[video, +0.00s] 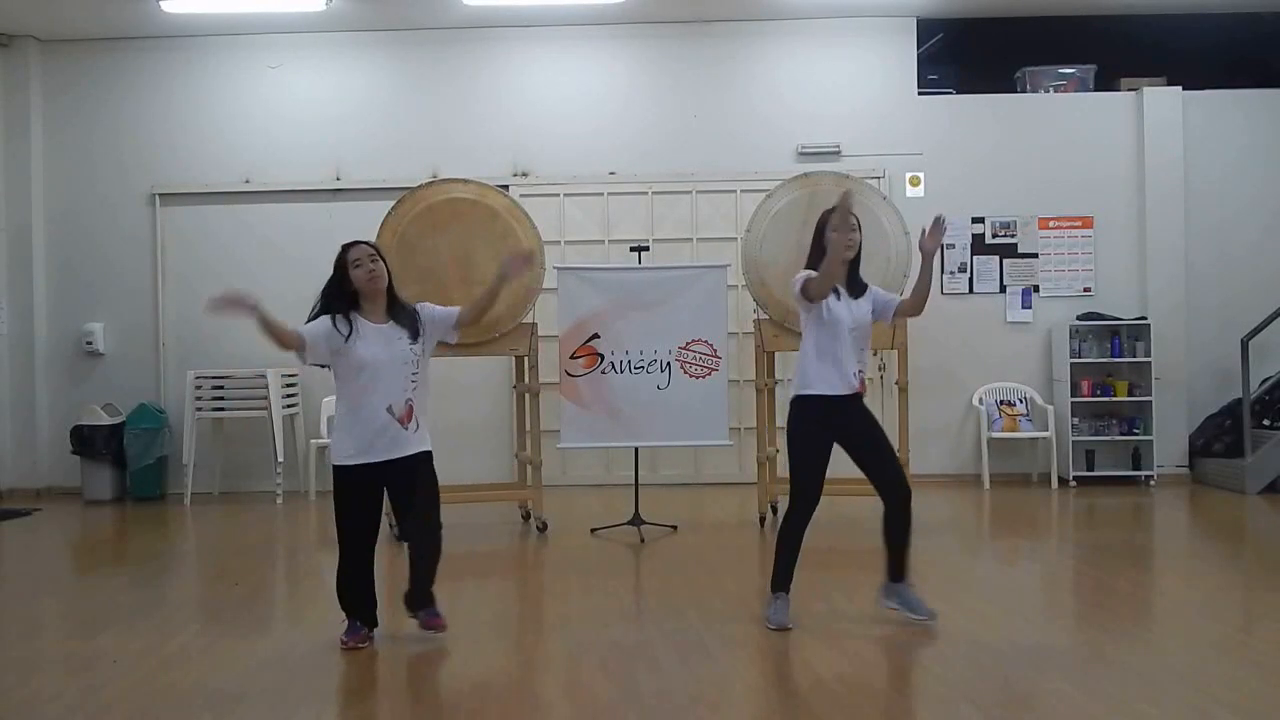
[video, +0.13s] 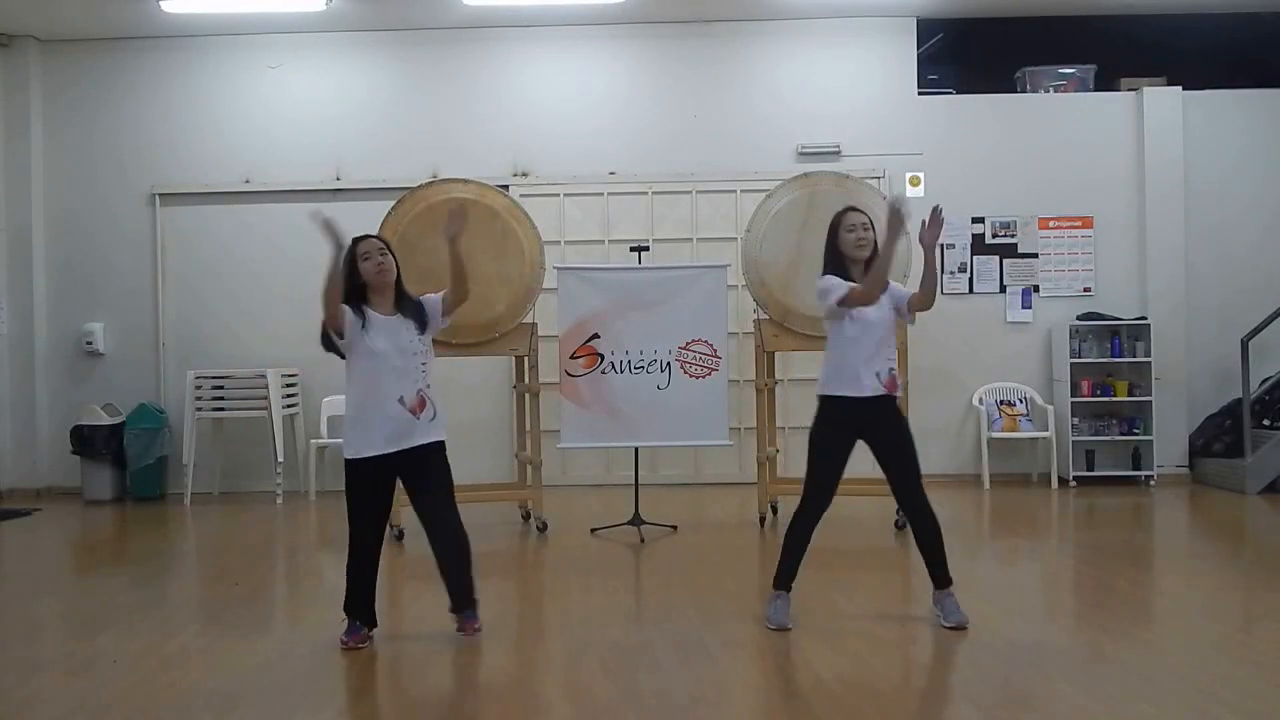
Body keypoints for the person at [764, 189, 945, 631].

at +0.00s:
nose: (852, 234)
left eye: (855, 228)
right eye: (843, 228)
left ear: (859, 240)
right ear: (823, 237)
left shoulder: (865, 293)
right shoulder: (806, 281)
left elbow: (913, 307)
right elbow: (818, 292)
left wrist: (927, 260)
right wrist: (836, 257)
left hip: (852, 407)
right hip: (811, 408)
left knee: (897, 491)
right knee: (803, 503)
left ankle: (896, 586)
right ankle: (779, 596)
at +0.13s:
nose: (861, 235)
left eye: (866, 229)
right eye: (850, 229)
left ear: (875, 239)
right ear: (834, 242)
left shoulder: (888, 289)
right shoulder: (828, 286)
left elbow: (924, 300)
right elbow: (869, 293)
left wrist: (930, 252)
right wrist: (890, 240)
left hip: (883, 408)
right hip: (837, 408)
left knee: (914, 501)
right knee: (814, 504)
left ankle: (944, 593)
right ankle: (780, 594)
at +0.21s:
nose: (873, 241)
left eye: (878, 234)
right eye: (863, 237)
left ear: (888, 244)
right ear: (848, 250)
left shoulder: (906, 293)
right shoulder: (844, 298)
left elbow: (941, 326)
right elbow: (884, 323)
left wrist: (929, 283)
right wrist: (920, 275)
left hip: (912, 412)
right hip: (866, 413)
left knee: (933, 505)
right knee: (838, 507)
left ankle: (943, 598)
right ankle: (787, 594)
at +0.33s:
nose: (885, 245)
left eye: (890, 237)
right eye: (875, 241)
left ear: (902, 244)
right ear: (863, 253)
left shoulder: (927, 295)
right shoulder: (856, 305)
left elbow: (965, 348)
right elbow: (871, 359)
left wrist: (955, 331)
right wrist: (899, 331)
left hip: (931, 415)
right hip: (883, 417)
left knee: (944, 513)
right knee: (872, 512)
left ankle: (943, 600)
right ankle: (824, 586)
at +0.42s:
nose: (898, 237)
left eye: (903, 230)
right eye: (888, 234)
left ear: (916, 239)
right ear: (877, 248)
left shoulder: (944, 293)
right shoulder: (865, 303)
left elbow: (974, 344)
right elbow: (848, 363)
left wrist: (987, 341)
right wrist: (847, 355)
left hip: (937, 411)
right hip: (888, 412)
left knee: (945, 510)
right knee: (901, 504)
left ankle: (943, 599)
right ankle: (875, 583)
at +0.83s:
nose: (907, 238)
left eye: (914, 232)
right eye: (898, 233)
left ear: (926, 241)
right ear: (886, 243)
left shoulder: (949, 292)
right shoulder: (870, 295)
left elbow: (992, 328)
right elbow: (835, 337)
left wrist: (1009, 288)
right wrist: (807, 296)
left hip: (940, 412)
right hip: (889, 413)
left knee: (944, 508)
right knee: (881, 506)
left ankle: (944, 598)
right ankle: (891, 586)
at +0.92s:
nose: (900, 232)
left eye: (907, 225)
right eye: (891, 227)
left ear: (918, 235)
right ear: (879, 239)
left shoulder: (936, 282)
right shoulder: (864, 285)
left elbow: (975, 281)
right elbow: (822, 289)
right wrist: (811, 239)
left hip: (930, 405)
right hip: (879, 405)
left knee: (936, 502)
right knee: (854, 498)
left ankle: (944, 596)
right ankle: (855, 585)